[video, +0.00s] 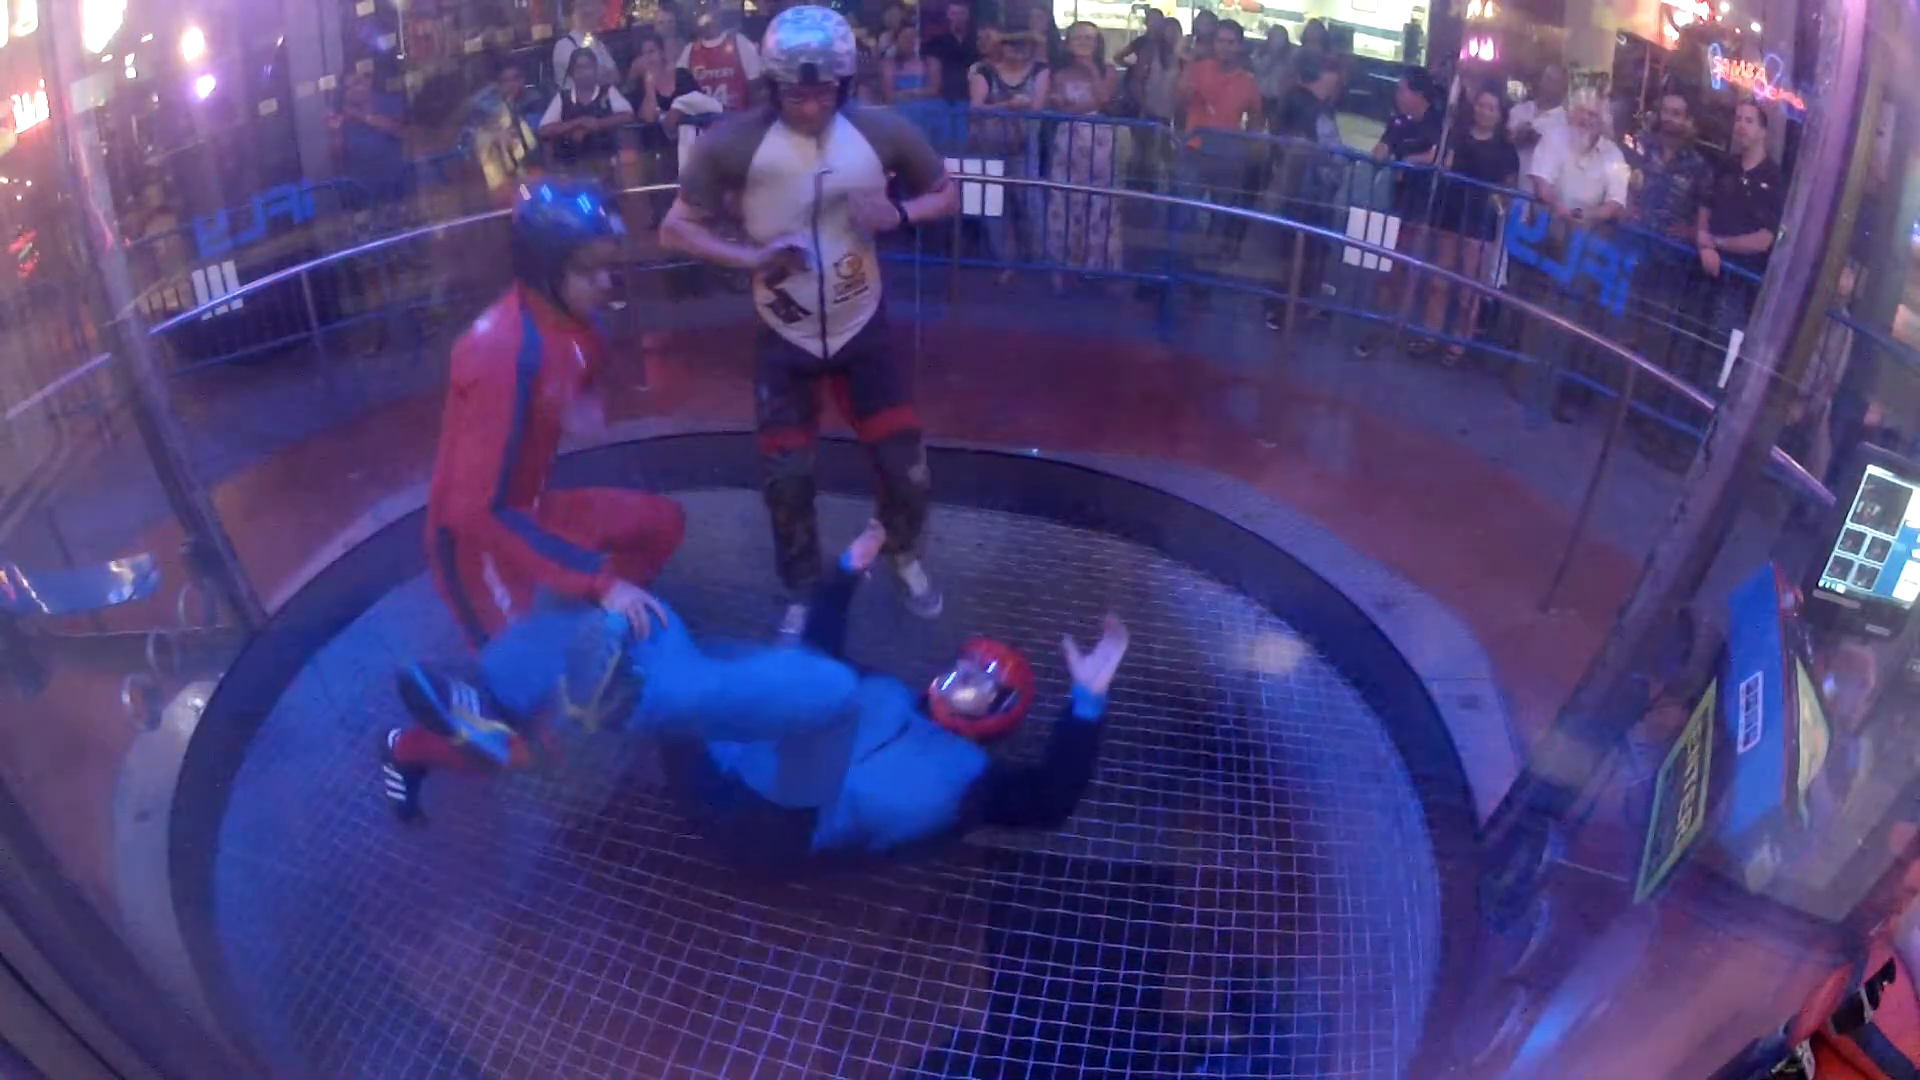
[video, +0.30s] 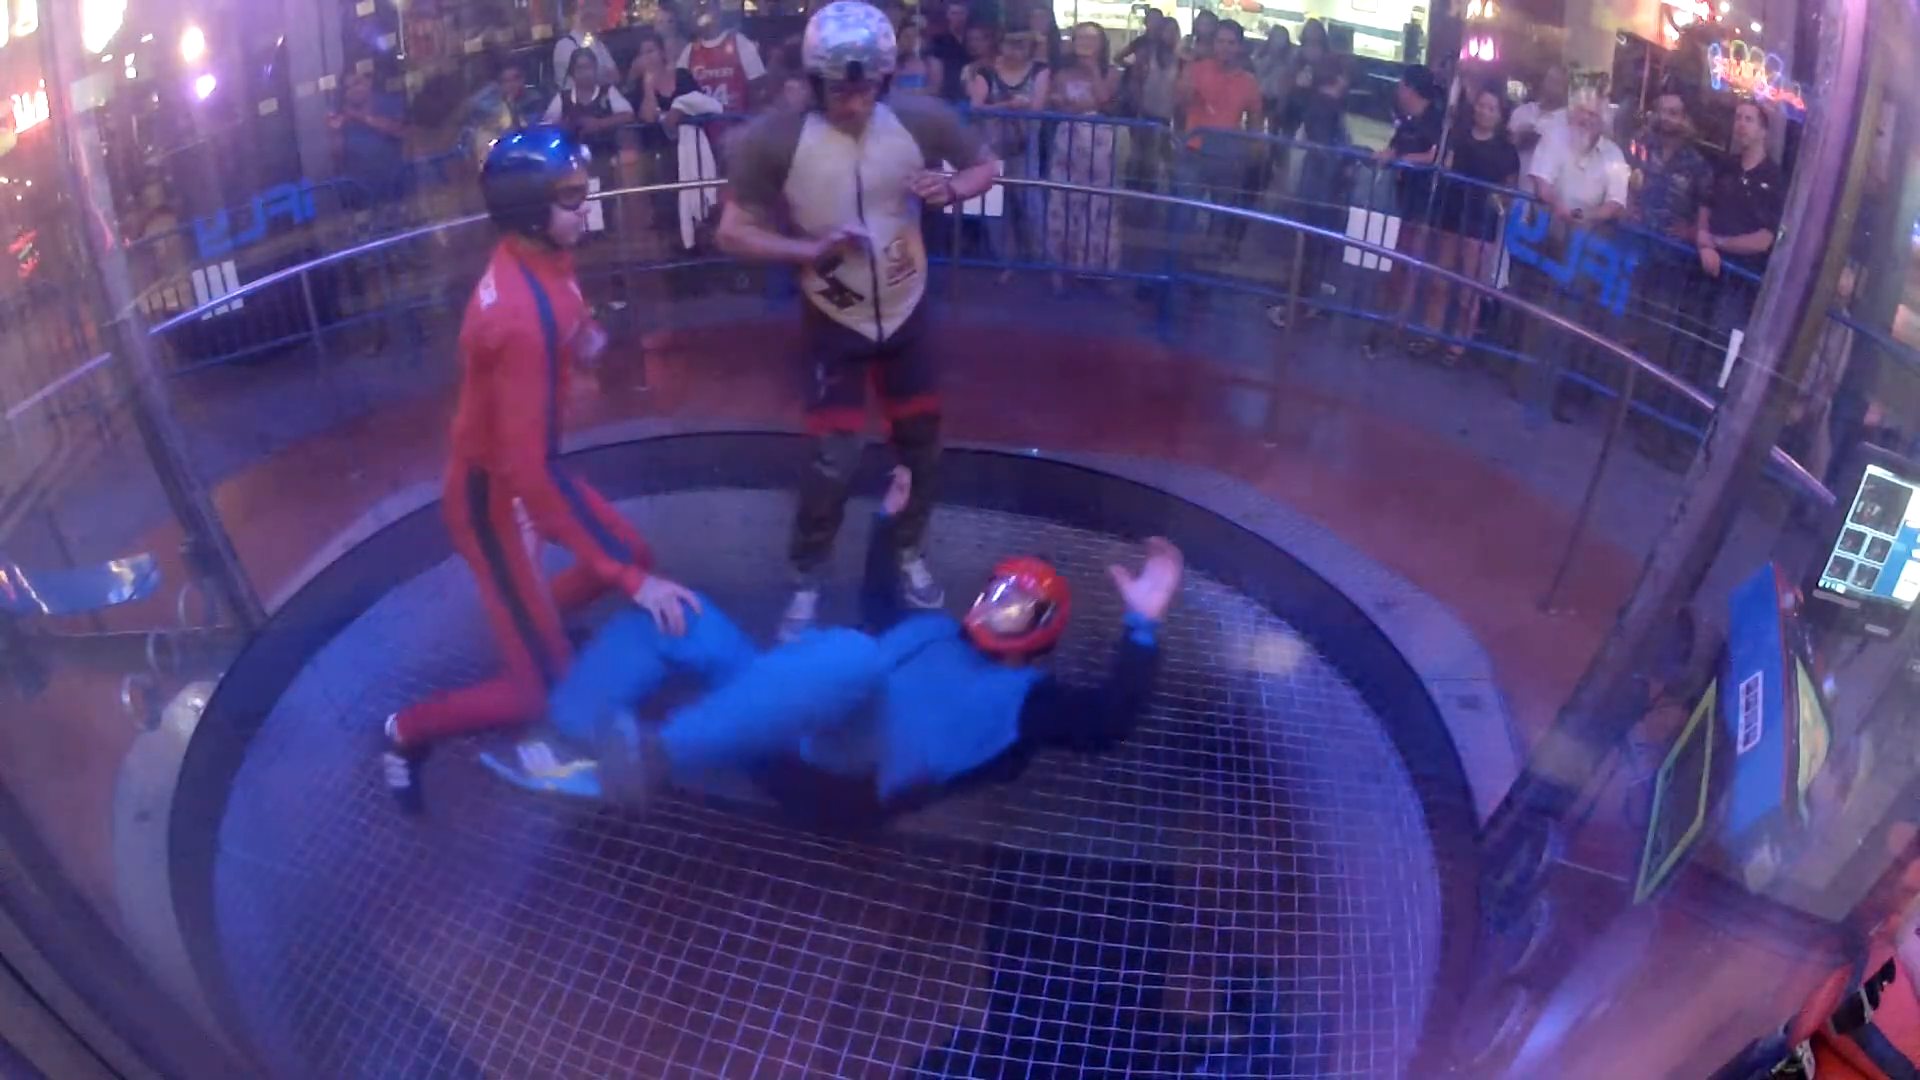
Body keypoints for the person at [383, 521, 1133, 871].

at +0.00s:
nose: (963, 676)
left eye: (984, 681)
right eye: (965, 665)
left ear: (1004, 716)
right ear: (946, 663)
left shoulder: (979, 779)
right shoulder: (889, 691)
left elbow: (1051, 797)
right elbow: (815, 650)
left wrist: (1089, 701)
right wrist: (850, 571)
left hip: (802, 803)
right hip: (742, 744)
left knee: (831, 685)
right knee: (622, 627)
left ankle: (641, 696)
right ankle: (488, 698)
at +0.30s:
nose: (994, 603)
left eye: (1015, 602)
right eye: (994, 590)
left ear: (1040, 631)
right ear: (978, 591)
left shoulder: (1031, 701)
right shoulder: (930, 632)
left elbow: (1111, 720)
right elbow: (877, 602)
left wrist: (1141, 625)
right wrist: (888, 521)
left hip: (855, 775)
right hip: (797, 717)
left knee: (853, 658)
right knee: (666, 607)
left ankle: (658, 755)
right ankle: (571, 745)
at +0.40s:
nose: (1019, 583)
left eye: (1042, 582)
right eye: (1020, 569)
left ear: (1065, 609)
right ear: (1003, 570)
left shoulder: (1057, 682)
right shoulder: (949, 603)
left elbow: (1141, 712)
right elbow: (894, 574)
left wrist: (1187, 619)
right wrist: (904, 492)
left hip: (872, 768)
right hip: (814, 714)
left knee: (876, 664)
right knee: (684, 604)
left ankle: (682, 778)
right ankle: (590, 748)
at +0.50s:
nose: (1043, 568)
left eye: (1064, 567)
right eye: (1041, 553)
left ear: (1083, 594)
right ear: (1020, 552)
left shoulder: (1072, 665)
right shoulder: (965, 583)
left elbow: (1170, 698)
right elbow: (906, 533)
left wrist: (1215, 610)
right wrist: (927, 461)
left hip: (896, 750)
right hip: (833, 698)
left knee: (903, 663)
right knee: (717, 584)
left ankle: (711, 783)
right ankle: (624, 732)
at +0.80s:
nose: (1112, 515)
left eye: (1130, 519)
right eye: (1109, 502)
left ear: (1140, 545)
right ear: (1085, 502)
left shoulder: (1120, 604)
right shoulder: (1023, 524)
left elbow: (1223, 625)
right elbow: (975, 473)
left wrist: (1275, 557)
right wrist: (1019, 405)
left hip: (948, 664)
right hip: (892, 607)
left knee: (997, 613)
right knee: (812, 479)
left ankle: (799, 709)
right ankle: (702, 623)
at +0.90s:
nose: (1133, 492)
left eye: (1151, 496)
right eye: (1130, 480)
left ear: (1160, 527)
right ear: (1106, 482)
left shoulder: (1139, 590)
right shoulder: (1054, 504)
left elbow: (1248, 595)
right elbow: (1001, 470)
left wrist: (1292, 520)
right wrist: (1045, 399)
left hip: (964, 633)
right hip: (916, 566)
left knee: (1022, 535)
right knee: (835, 443)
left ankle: (822, 636)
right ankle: (703, 539)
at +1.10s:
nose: (1173, 426)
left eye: (1189, 433)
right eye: (1170, 419)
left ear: (1197, 465)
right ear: (1147, 427)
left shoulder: (1182, 520)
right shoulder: (1086, 458)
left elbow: (1277, 526)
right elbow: (1043, 422)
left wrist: (1322, 451)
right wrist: (1092, 362)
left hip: (1005, 562)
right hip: (947, 518)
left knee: (1023, 427)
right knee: (857, 377)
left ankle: (833, 490)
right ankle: (717, 476)